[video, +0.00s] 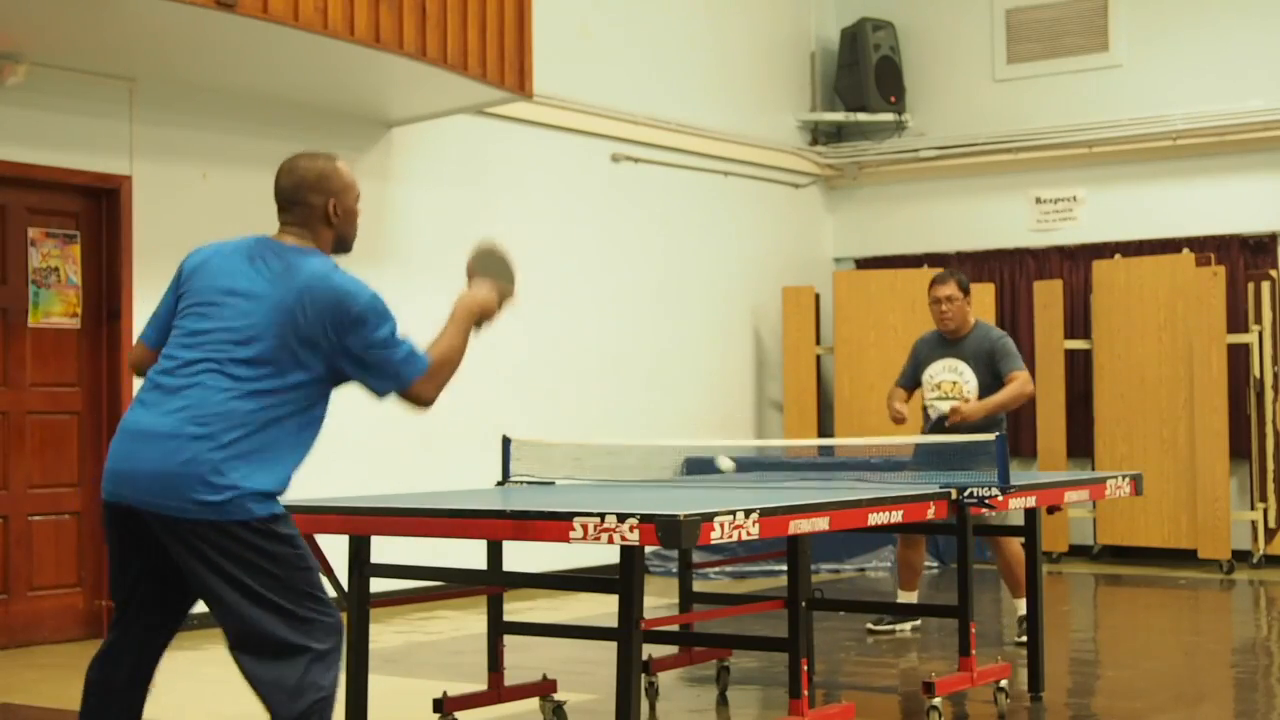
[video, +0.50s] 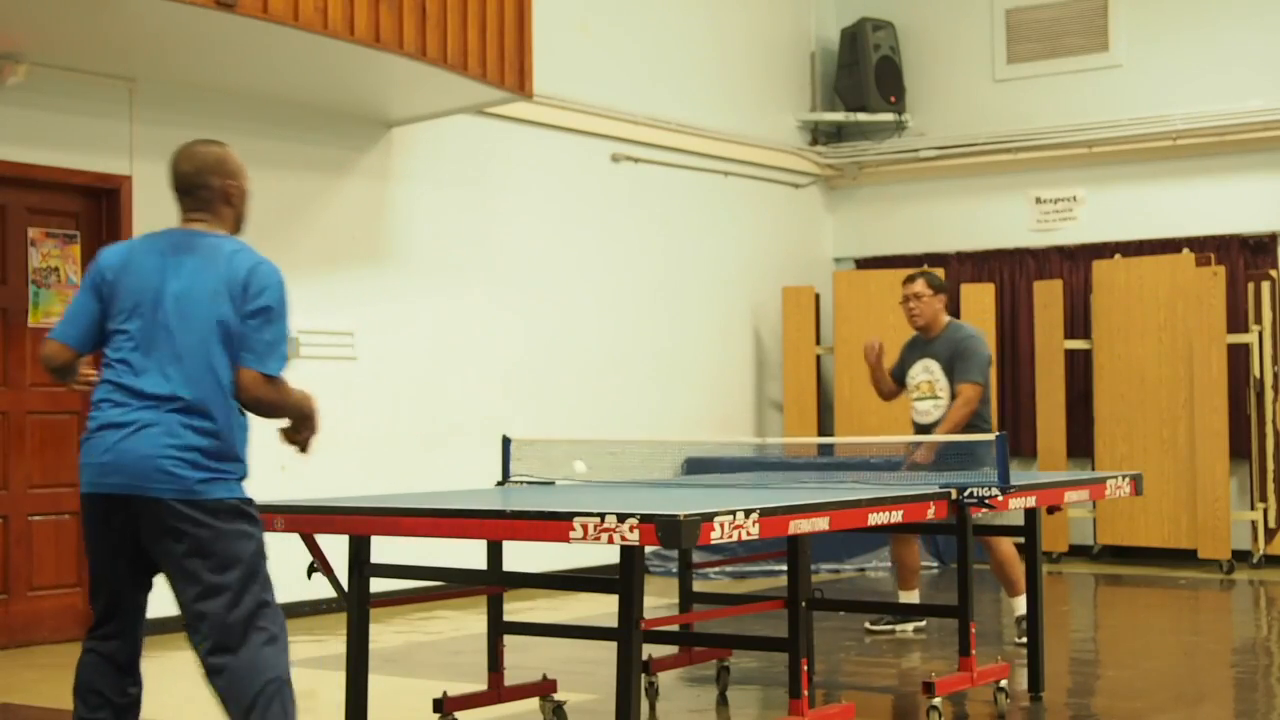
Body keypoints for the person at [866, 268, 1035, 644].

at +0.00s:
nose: (943, 309)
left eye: (950, 301)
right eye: (936, 302)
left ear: (968, 302)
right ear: (929, 306)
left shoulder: (994, 341)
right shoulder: (925, 346)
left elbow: (1024, 386)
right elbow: (900, 390)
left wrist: (978, 408)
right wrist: (897, 405)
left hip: (981, 453)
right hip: (932, 453)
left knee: (998, 529)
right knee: (910, 524)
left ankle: (1026, 613)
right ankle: (906, 610)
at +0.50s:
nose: (910, 307)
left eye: (918, 299)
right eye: (905, 301)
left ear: (942, 300)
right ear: (903, 306)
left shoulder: (968, 341)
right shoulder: (913, 346)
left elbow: (967, 401)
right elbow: (889, 391)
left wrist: (931, 444)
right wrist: (875, 367)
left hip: (970, 452)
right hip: (925, 453)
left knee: (991, 531)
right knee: (903, 524)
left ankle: (1024, 614)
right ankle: (909, 611)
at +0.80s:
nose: (870, 298)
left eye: (876, 290)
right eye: (866, 293)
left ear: (901, 288)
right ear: (866, 297)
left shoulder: (929, 325)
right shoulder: (876, 335)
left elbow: (940, 382)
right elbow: (838, 367)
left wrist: (920, 435)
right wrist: (843, 325)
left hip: (933, 438)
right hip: (890, 441)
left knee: (939, 519)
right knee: (897, 523)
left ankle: (966, 603)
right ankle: (908, 610)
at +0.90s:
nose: (860, 298)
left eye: (867, 290)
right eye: (856, 293)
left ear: (889, 289)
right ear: (854, 297)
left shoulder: (919, 324)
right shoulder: (865, 340)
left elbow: (936, 379)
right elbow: (829, 376)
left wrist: (917, 433)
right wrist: (833, 330)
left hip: (920, 441)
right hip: (884, 444)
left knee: (918, 521)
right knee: (897, 523)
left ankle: (924, 612)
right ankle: (906, 608)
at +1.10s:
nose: (846, 301)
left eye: (853, 292)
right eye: (842, 295)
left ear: (875, 291)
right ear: (839, 299)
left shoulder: (905, 330)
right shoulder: (847, 344)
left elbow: (920, 388)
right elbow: (832, 394)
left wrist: (922, 441)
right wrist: (814, 380)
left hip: (897, 444)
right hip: (863, 446)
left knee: (883, 521)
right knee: (887, 522)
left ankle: (865, 610)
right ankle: (909, 607)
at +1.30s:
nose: (839, 295)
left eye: (846, 287)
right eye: (835, 288)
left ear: (869, 287)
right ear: (832, 292)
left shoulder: (893, 331)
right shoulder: (835, 335)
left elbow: (905, 394)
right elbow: (825, 392)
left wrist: (908, 449)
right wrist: (810, 439)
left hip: (875, 446)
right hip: (838, 447)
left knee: (862, 523)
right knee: (860, 522)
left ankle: (858, 612)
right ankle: (896, 594)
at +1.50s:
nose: (827, 290)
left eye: (835, 282)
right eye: (824, 283)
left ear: (859, 284)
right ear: (822, 288)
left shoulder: (879, 328)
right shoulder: (827, 327)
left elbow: (883, 390)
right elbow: (825, 387)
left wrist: (871, 445)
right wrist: (813, 438)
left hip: (860, 444)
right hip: (824, 442)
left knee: (856, 524)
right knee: (812, 519)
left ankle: (857, 615)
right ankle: (863, 578)